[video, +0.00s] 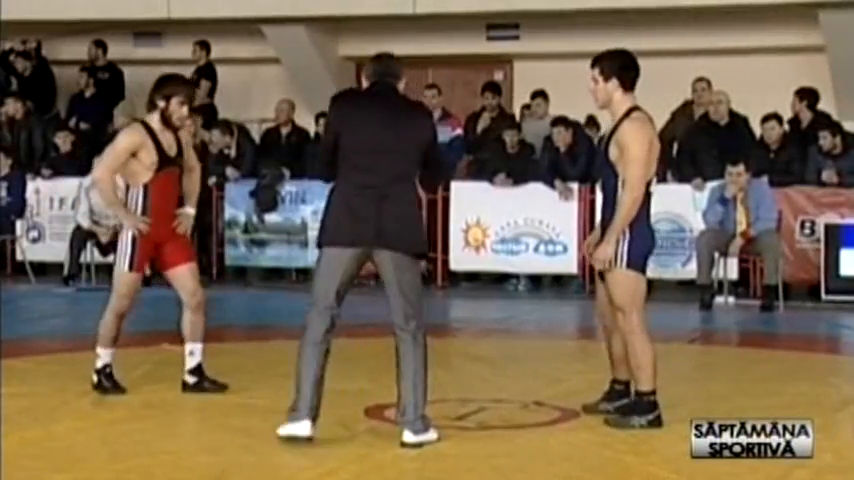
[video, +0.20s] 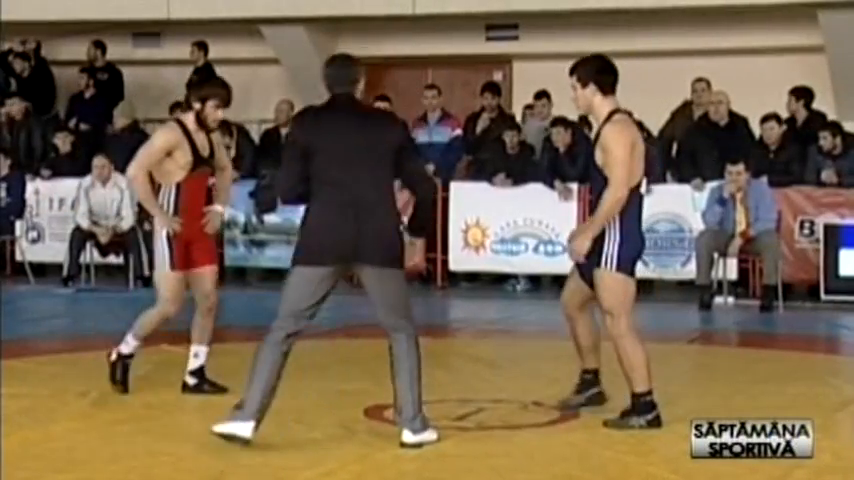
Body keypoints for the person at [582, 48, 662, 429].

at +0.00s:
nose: (591, 88)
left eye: (595, 81)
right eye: (592, 80)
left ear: (614, 83)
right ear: (618, 83)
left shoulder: (635, 127)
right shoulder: (620, 125)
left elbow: (635, 190)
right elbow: (616, 189)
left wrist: (612, 239)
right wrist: (600, 233)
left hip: (630, 231)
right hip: (614, 228)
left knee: (630, 318)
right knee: (610, 315)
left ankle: (646, 399)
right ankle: (622, 385)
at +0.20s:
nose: (573, 95)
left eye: (575, 87)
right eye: (572, 88)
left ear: (592, 88)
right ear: (599, 88)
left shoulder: (616, 129)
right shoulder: (611, 126)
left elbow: (619, 189)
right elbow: (617, 189)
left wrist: (587, 233)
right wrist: (586, 229)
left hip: (619, 231)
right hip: (606, 229)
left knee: (617, 318)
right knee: (572, 302)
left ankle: (644, 403)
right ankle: (589, 381)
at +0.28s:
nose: (562, 101)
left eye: (564, 93)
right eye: (561, 94)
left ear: (580, 92)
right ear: (590, 92)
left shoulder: (604, 132)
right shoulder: (609, 128)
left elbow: (606, 188)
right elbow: (618, 184)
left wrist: (571, 230)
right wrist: (582, 226)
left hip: (611, 228)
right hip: (602, 226)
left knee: (610, 322)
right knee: (564, 305)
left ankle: (643, 403)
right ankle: (560, 383)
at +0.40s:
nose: (539, 112)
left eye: (542, 104)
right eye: (539, 104)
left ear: (560, 103)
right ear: (568, 103)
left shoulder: (584, 139)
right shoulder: (587, 135)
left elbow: (582, 195)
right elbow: (584, 194)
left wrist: (542, 228)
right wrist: (544, 225)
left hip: (600, 241)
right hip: (588, 239)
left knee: (597, 327)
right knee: (548, 311)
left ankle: (641, 404)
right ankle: (520, 381)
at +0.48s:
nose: (519, 119)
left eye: (522, 111)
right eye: (519, 111)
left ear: (539, 110)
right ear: (547, 109)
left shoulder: (566, 143)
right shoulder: (569, 138)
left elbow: (564, 201)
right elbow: (572, 197)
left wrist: (521, 224)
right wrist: (529, 221)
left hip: (589, 243)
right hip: (576, 241)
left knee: (590, 331)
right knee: (536, 315)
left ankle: (640, 405)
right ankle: (501, 382)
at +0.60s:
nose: (487, 138)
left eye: (487, 130)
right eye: (484, 132)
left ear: (503, 124)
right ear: (509, 124)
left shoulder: (535, 153)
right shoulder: (535, 150)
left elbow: (531, 211)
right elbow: (531, 210)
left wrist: (486, 221)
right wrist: (490, 223)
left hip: (573, 252)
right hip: (554, 252)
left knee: (579, 336)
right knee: (512, 319)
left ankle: (636, 402)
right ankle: (484, 390)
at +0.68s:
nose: (461, 150)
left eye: (464, 142)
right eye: (460, 143)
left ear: (484, 139)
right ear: (488, 138)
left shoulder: (509, 164)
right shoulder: (514, 157)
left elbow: (506, 222)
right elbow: (512, 213)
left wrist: (466, 226)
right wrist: (476, 224)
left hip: (566, 249)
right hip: (546, 251)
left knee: (575, 334)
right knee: (502, 313)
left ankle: (633, 400)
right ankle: (483, 389)